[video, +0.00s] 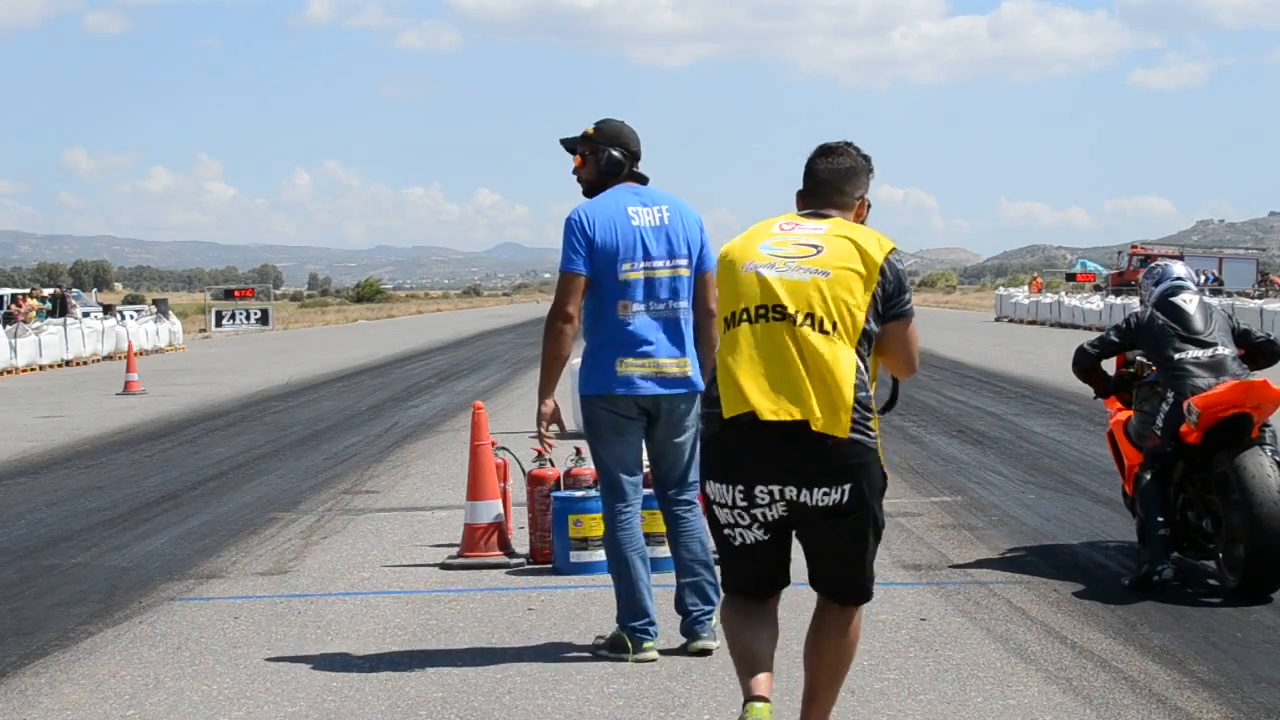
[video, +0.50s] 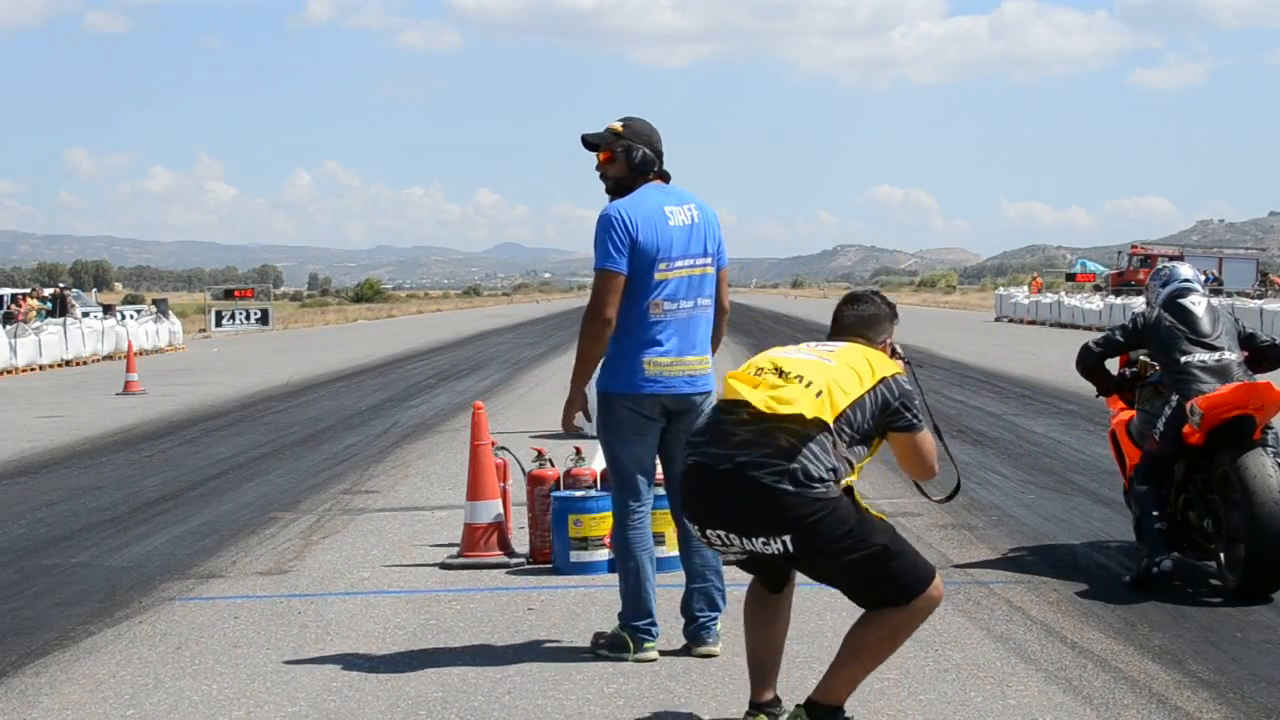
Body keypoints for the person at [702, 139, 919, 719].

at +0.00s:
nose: (868, 210)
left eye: (865, 202)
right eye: (868, 203)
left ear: (799, 198)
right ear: (860, 206)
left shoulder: (738, 247)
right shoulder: (876, 254)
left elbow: (730, 339)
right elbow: (904, 361)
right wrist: (860, 323)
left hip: (739, 450)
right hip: (836, 456)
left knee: (748, 585)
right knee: (841, 593)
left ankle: (756, 702)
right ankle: (814, 715)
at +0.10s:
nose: (876, 235)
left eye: (872, 227)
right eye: (876, 227)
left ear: (809, 221)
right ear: (869, 229)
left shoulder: (749, 264)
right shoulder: (879, 272)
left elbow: (730, 361)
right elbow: (907, 377)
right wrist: (872, 325)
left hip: (738, 450)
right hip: (831, 454)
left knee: (763, 569)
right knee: (850, 587)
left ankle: (748, 708)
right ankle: (815, 715)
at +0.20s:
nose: (882, 261)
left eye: (881, 255)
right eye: (883, 254)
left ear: (818, 245)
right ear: (875, 255)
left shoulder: (759, 281)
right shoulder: (881, 291)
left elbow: (730, 368)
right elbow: (912, 396)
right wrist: (904, 351)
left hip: (728, 446)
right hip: (826, 454)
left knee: (771, 561)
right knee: (861, 587)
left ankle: (756, 706)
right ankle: (817, 716)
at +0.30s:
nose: (888, 289)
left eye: (889, 283)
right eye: (888, 283)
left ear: (824, 274)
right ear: (880, 283)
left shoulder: (775, 301)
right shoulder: (884, 318)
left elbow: (736, 371)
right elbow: (917, 417)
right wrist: (900, 359)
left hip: (714, 444)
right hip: (803, 454)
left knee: (772, 562)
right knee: (885, 580)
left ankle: (759, 706)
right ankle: (819, 713)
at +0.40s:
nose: (892, 316)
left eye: (890, 311)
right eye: (891, 310)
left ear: (828, 307)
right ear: (883, 314)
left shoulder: (783, 328)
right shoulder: (888, 349)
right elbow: (922, 442)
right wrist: (899, 366)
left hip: (708, 464)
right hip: (795, 472)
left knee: (773, 560)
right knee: (906, 588)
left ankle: (762, 704)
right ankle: (820, 708)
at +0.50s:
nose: (892, 343)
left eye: (890, 337)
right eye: (891, 337)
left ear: (832, 333)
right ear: (884, 342)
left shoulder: (788, 352)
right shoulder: (888, 375)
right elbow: (923, 468)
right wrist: (900, 383)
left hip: (700, 483)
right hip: (786, 492)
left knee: (773, 571)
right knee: (921, 592)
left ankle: (762, 703)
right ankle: (822, 708)